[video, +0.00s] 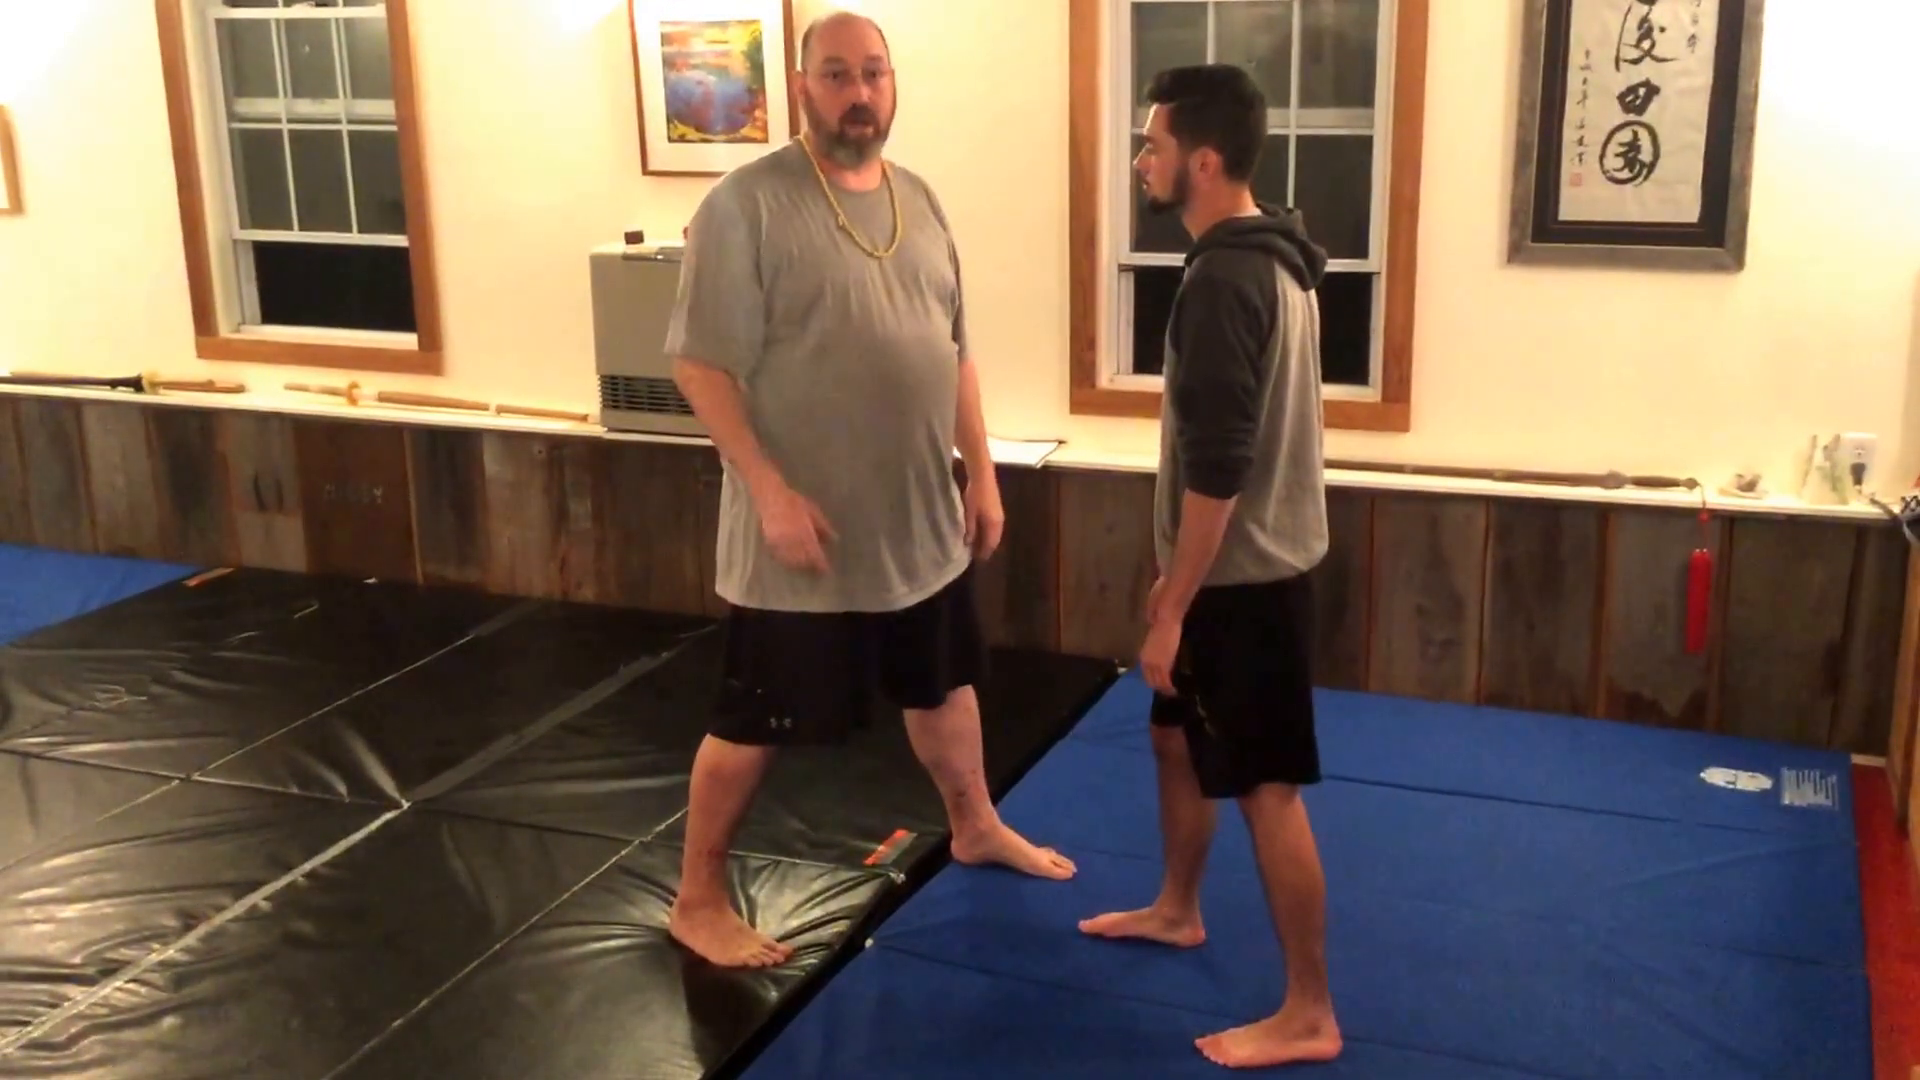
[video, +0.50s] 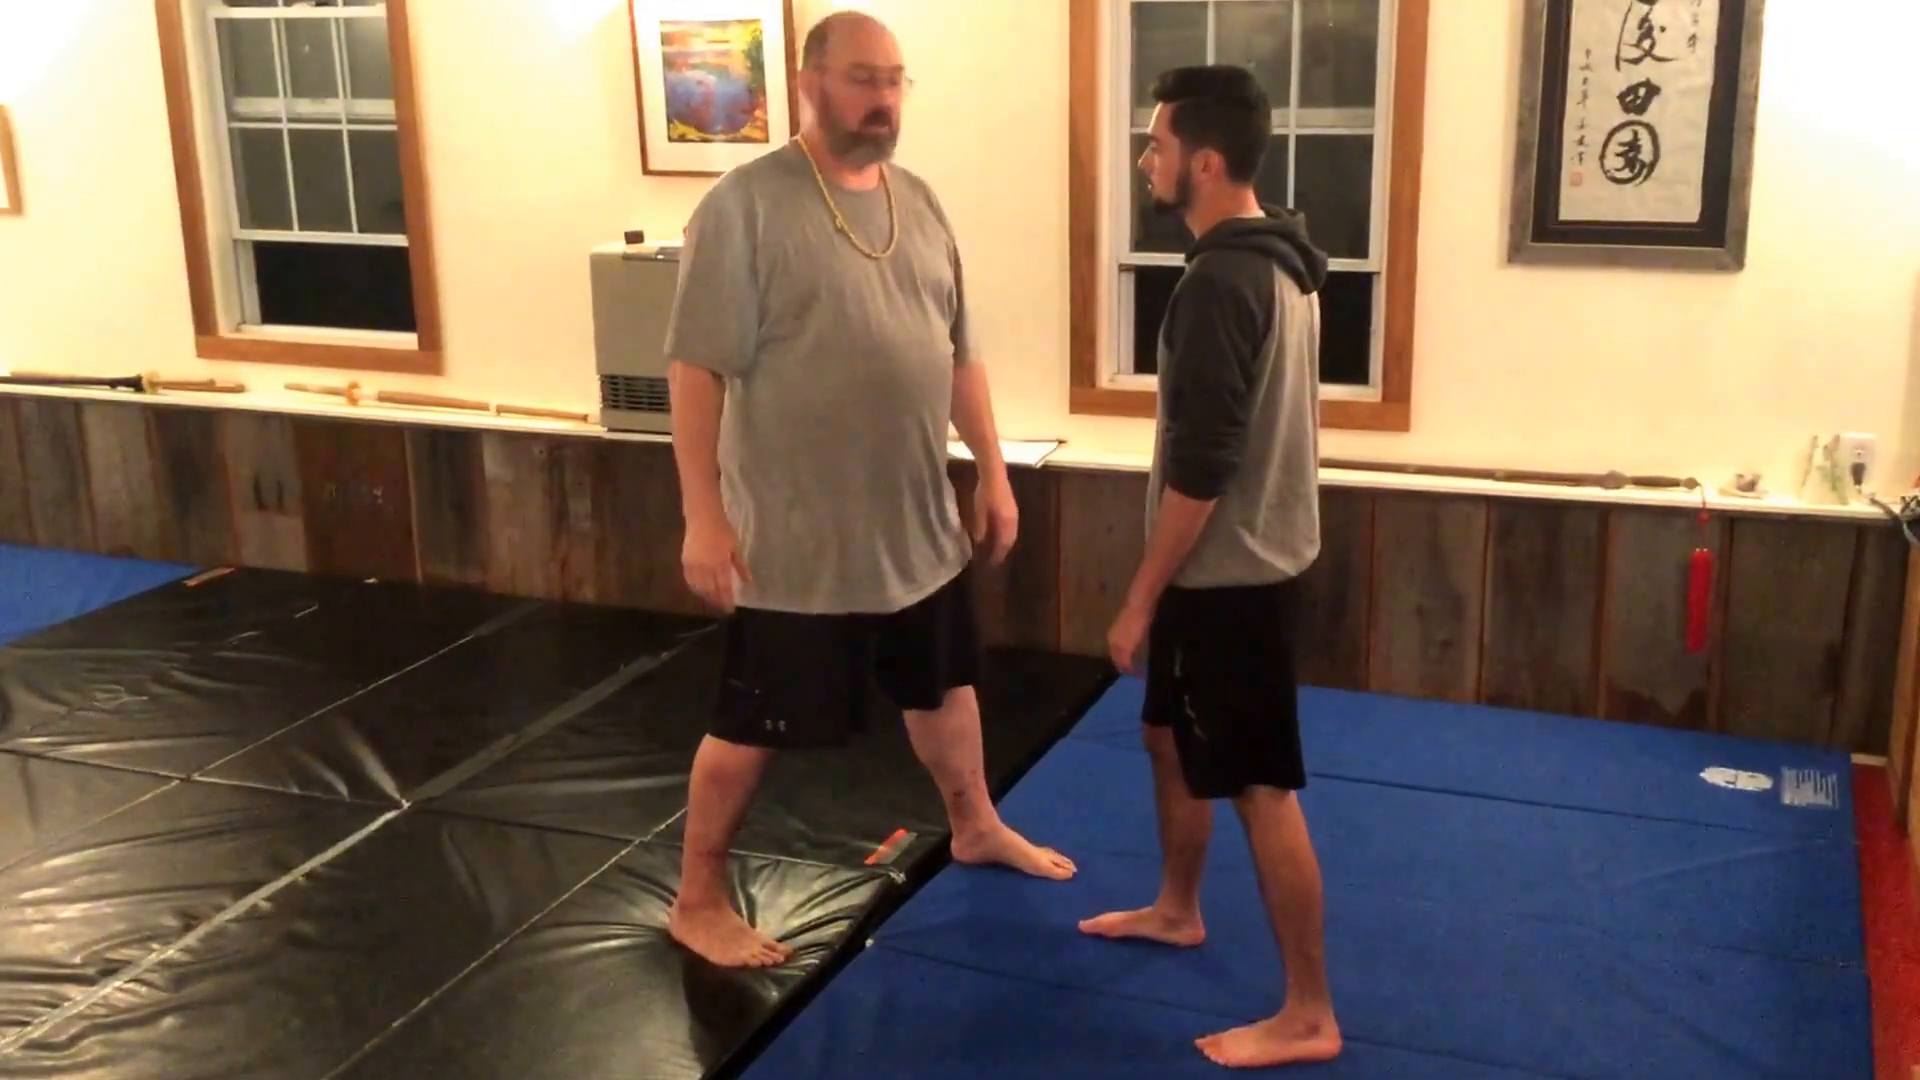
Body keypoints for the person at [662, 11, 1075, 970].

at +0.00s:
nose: (861, 92)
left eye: (875, 74)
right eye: (838, 75)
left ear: (896, 86)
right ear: (799, 89)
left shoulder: (920, 201)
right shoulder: (744, 205)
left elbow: (952, 350)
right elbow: (699, 364)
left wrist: (980, 473)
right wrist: (768, 490)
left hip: (917, 512)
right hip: (792, 528)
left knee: (944, 681)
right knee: (750, 722)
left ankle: (978, 829)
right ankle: (697, 897)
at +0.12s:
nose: (857, 96)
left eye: (872, 78)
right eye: (835, 78)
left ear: (893, 88)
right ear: (797, 89)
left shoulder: (920, 200)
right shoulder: (742, 205)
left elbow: (953, 349)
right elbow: (701, 368)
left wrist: (981, 474)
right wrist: (763, 506)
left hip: (917, 513)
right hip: (791, 529)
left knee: (945, 681)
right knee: (749, 723)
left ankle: (977, 828)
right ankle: (698, 898)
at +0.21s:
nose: (854, 96)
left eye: (869, 78)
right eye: (832, 79)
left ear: (892, 88)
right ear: (796, 90)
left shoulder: (922, 201)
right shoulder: (742, 205)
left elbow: (955, 348)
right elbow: (698, 366)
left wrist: (983, 473)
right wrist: (750, 508)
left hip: (918, 515)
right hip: (790, 531)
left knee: (945, 683)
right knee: (748, 725)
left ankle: (978, 828)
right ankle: (698, 897)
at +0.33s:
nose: (854, 94)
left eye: (869, 76)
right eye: (832, 77)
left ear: (891, 87)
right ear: (795, 89)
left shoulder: (922, 202)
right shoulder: (741, 207)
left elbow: (958, 350)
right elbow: (697, 368)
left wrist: (989, 472)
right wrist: (719, 516)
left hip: (918, 514)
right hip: (793, 527)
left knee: (945, 681)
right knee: (748, 725)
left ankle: (978, 829)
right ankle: (698, 896)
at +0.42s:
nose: (868, 96)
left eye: (882, 78)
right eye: (844, 77)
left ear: (897, 90)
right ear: (798, 87)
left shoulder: (922, 203)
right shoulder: (741, 207)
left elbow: (958, 351)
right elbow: (698, 370)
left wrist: (991, 469)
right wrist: (706, 515)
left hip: (915, 515)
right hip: (790, 527)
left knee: (945, 683)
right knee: (747, 726)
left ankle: (977, 828)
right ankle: (698, 896)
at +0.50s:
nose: (884, 98)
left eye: (895, 79)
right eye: (863, 79)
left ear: (907, 87)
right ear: (807, 86)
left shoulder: (920, 204)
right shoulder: (744, 206)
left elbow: (957, 352)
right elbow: (695, 370)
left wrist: (992, 469)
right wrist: (703, 518)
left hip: (916, 514)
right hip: (790, 527)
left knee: (945, 682)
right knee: (749, 725)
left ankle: (978, 828)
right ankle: (698, 897)